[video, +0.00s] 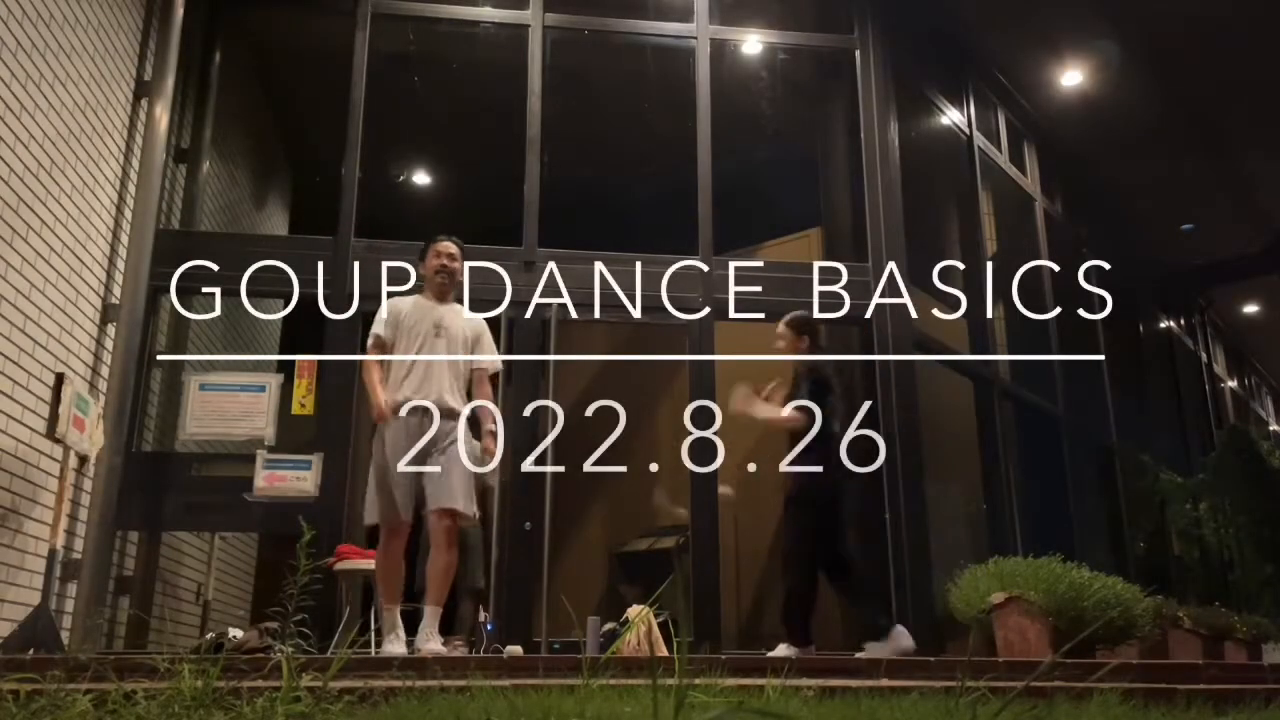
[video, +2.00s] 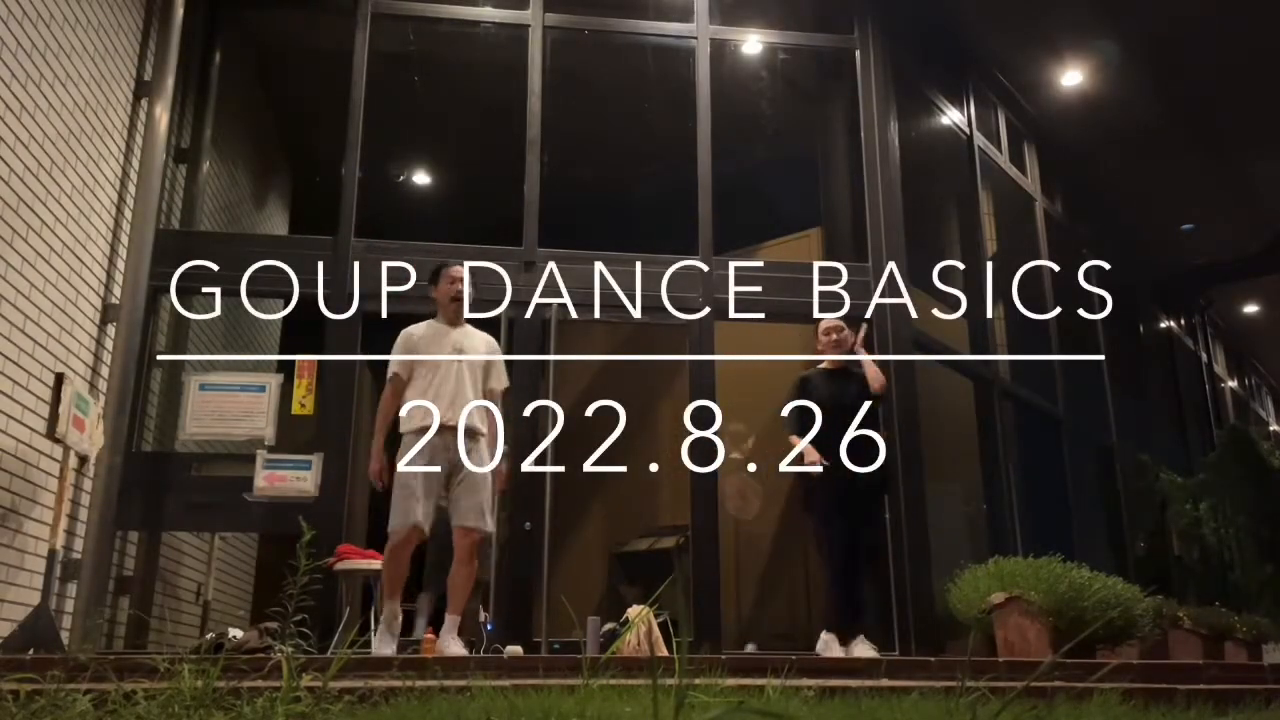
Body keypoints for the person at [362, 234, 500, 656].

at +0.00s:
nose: (446, 263)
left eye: (453, 259)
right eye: (439, 257)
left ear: (462, 271)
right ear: (422, 266)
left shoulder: (474, 323)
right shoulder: (396, 308)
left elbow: (482, 383)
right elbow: (372, 357)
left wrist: (488, 427)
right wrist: (379, 397)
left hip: (452, 429)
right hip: (399, 424)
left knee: (446, 525)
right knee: (395, 526)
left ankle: (430, 631)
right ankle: (392, 631)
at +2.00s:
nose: (459, 288)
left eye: (464, 283)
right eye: (452, 281)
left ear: (471, 293)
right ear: (434, 291)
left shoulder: (487, 344)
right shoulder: (412, 336)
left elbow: (495, 406)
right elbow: (392, 393)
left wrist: (499, 457)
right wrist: (378, 447)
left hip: (473, 445)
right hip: (421, 443)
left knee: (469, 541)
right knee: (405, 534)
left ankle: (449, 635)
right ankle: (389, 623)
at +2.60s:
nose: (453, 269)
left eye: (458, 263)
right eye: (444, 263)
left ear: (465, 273)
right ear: (427, 274)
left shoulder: (488, 324)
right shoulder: (407, 328)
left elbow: (504, 377)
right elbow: (392, 386)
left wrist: (511, 412)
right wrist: (400, 417)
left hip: (476, 433)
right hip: (423, 434)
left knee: (488, 521)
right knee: (418, 529)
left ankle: (463, 611)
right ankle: (420, 628)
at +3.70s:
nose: (484, 265)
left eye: (488, 258)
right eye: (476, 257)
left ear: (493, 267)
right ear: (453, 264)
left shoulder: (504, 321)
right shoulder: (421, 315)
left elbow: (522, 385)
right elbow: (389, 366)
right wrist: (422, 388)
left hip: (480, 430)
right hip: (423, 427)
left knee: (489, 524)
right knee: (396, 509)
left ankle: (487, 630)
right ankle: (409, 614)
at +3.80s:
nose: (473, 251)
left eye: (478, 246)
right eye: (466, 243)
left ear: (480, 255)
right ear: (442, 247)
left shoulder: (488, 304)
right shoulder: (412, 296)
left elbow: (519, 342)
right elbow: (368, 320)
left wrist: (508, 301)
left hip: (466, 414)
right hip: (408, 408)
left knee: (477, 520)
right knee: (372, 500)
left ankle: (484, 629)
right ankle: (357, 611)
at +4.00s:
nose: (450, 249)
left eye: (454, 243)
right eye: (441, 240)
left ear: (456, 249)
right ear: (417, 242)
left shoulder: (458, 297)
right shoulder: (382, 286)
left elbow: (498, 298)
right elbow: (340, 280)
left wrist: (484, 250)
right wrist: (367, 233)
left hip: (436, 406)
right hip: (378, 404)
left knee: (446, 511)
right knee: (347, 510)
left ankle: (442, 623)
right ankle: (321, 620)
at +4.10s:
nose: (436, 254)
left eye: (441, 248)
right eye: (428, 245)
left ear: (442, 254)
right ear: (404, 245)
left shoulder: (446, 300)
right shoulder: (371, 291)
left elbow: (481, 306)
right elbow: (331, 297)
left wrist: (472, 259)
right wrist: (355, 249)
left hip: (423, 416)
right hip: (367, 411)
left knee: (414, 515)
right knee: (338, 513)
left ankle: (394, 621)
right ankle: (319, 619)